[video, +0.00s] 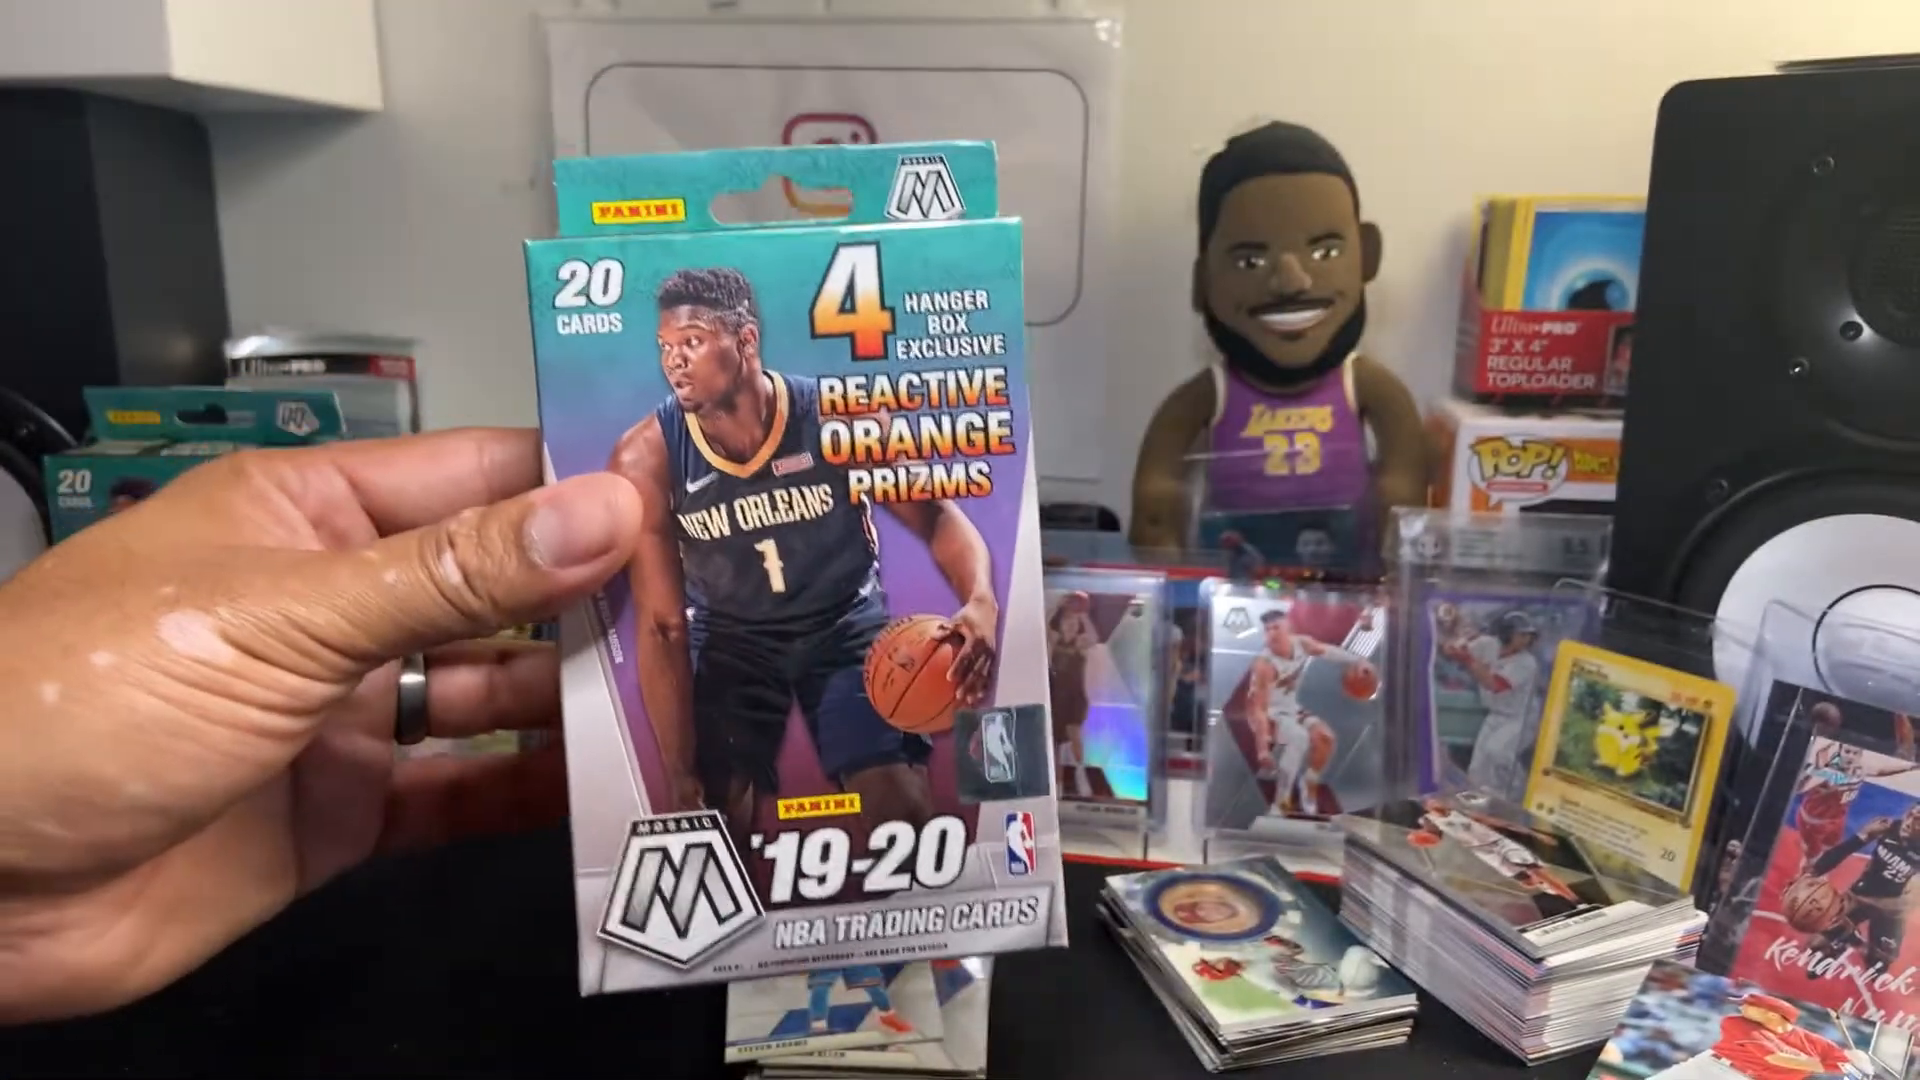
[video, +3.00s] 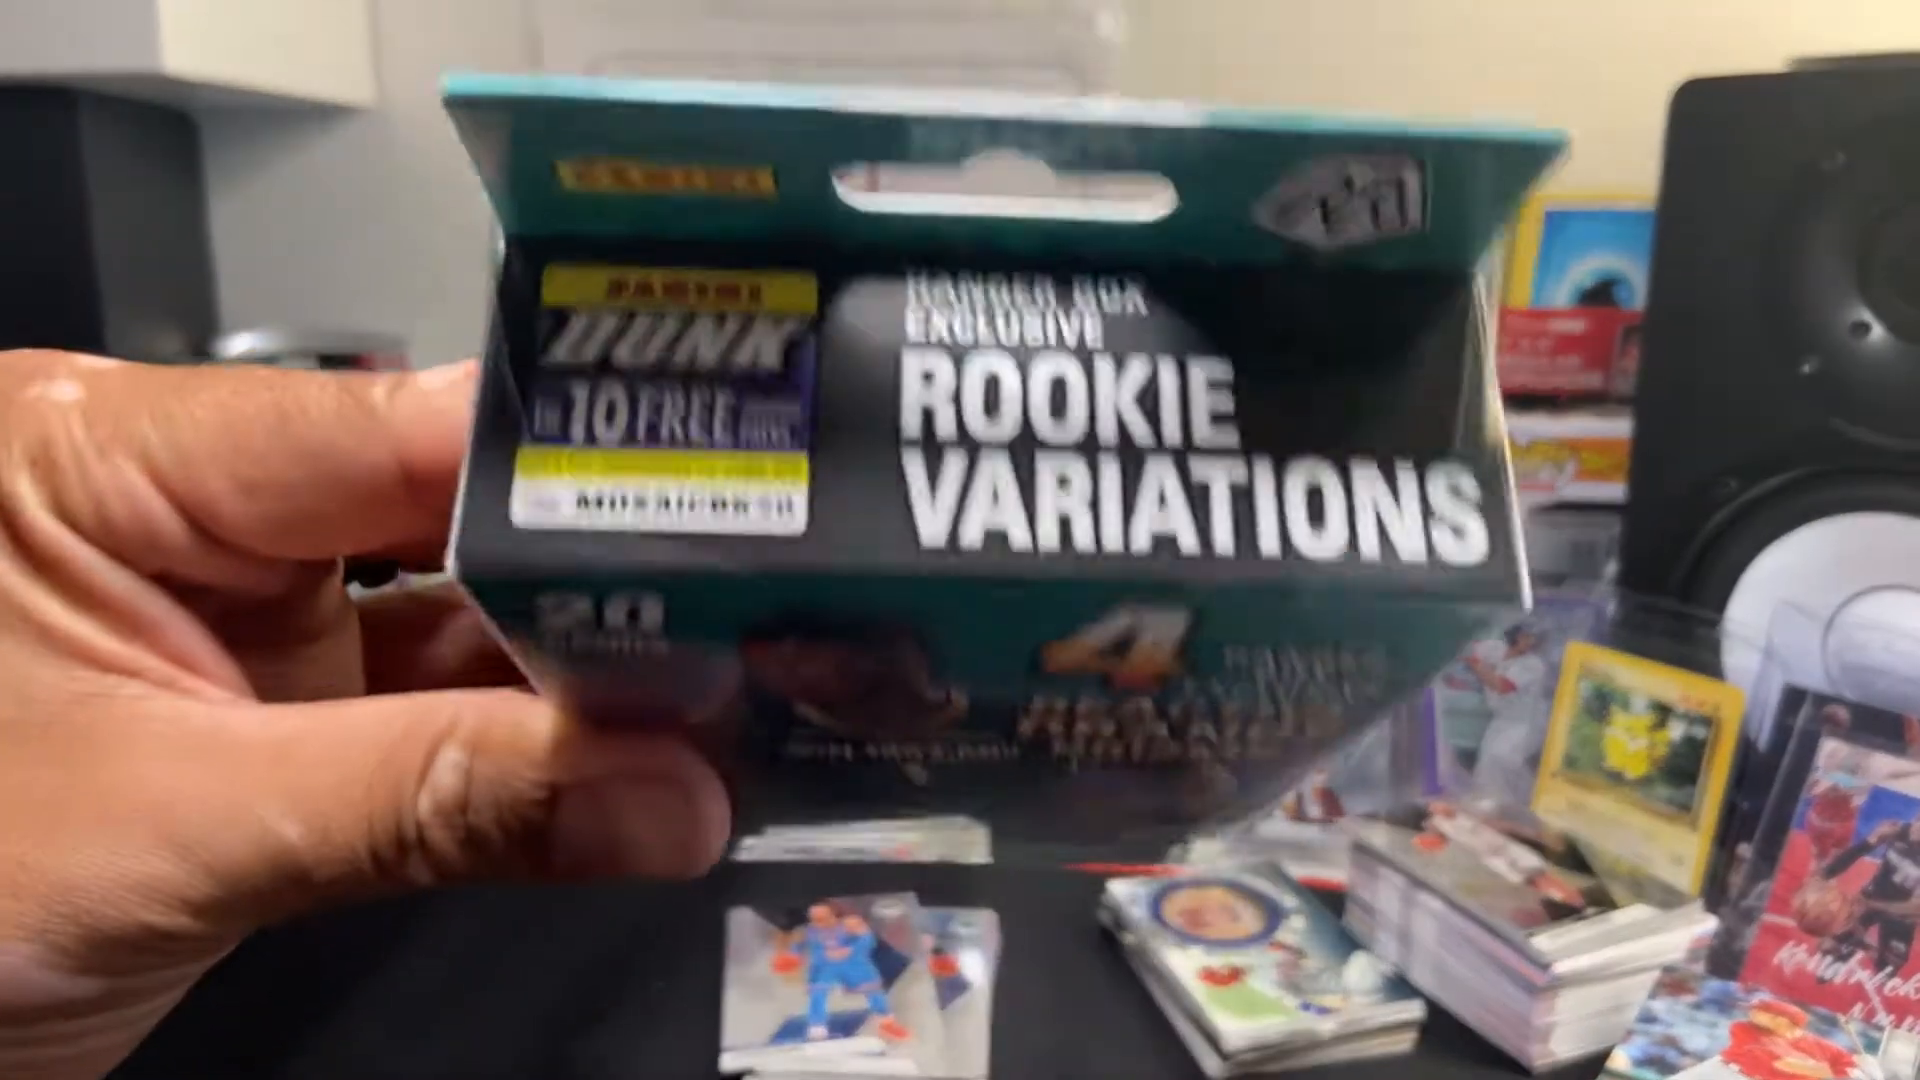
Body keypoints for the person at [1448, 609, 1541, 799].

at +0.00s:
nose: (1526, 640)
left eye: (1529, 636)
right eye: (1522, 635)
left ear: (1532, 638)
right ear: (1509, 634)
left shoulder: (1527, 662)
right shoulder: (1489, 645)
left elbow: (1496, 684)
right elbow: (1457, 651)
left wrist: (1471, 662)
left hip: (1517, 721)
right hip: (1494, 717)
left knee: (1496, 750)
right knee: (1479, 756)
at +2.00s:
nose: (1528, 641)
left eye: (1531, 636)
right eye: (1523, 635)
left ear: (1534, 639)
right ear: (1511, 634)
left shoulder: (1530, 664)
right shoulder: (1492, 646)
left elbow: (1500, 685)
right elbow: (1461, 651)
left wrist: (1472, 662)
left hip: (1520, 720)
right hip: (1497, 716)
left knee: (1498, 752)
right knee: (1483, 752)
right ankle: (1478, 794)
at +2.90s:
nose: (1531, 642)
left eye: (1534, 637)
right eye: (1527, 635)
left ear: (1537, 639)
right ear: (1514, 634)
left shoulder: (1533, 664)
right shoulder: (1494, 646)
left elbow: (1502, 685)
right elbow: (1460, 651)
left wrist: (1475, 662)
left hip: (1520, 723)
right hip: (1498, 719)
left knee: (1501, 755)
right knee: (1484, 757)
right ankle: (1480, 798)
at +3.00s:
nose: (1531, 642)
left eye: (1533, 637)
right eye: (1527, 637)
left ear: (1535, 641)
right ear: (1516, 638)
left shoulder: (1534, 664)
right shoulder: (1503, 656)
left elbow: (1504, 685)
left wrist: (1480, 668)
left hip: (1525, 723)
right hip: (1502, 720)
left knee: (1504, 755)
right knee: (1489, 755)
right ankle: (1484, 798)